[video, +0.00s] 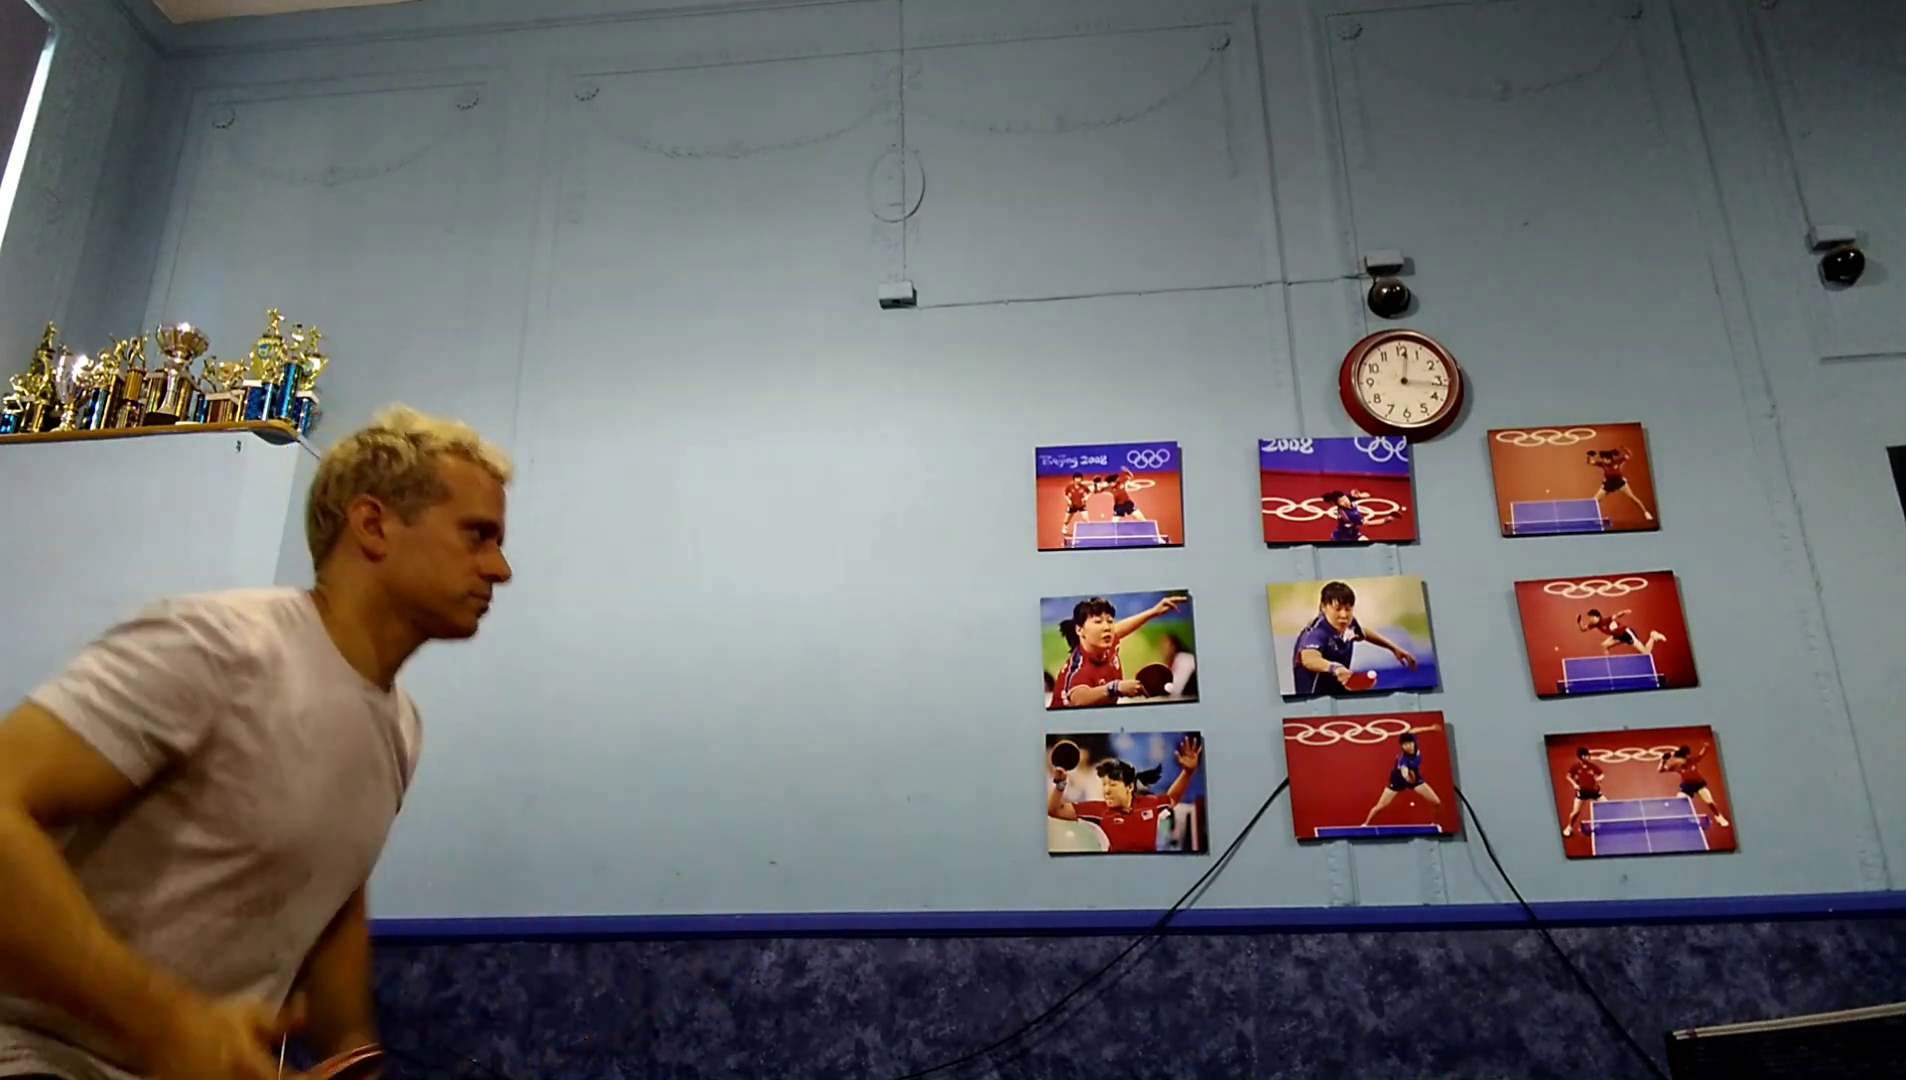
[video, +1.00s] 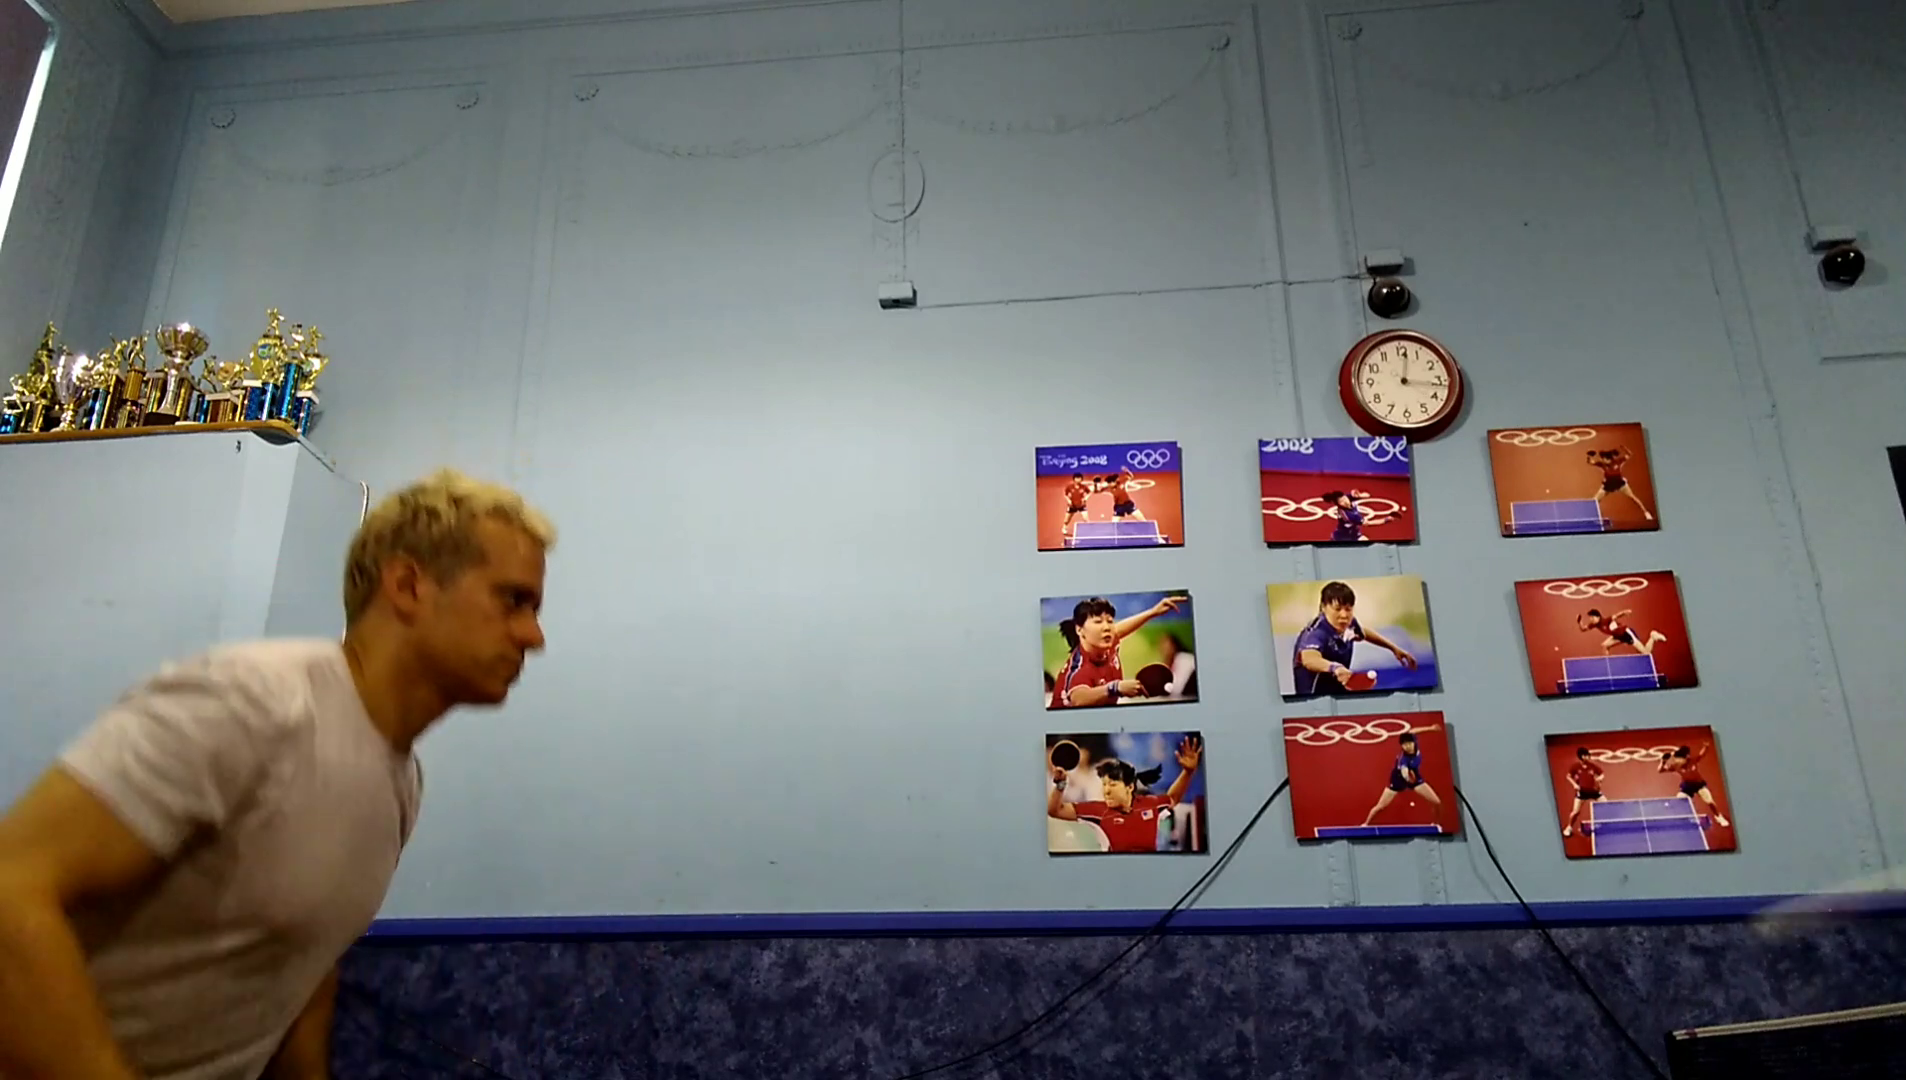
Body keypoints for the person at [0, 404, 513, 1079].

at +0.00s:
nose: (502, 569)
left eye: (499, 542)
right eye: (479, 536)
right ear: (373, 527)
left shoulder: (397, 726)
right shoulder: (215, 645)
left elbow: (336, 903)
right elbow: (2, 801)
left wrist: (350, 1051)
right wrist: (163, 1023)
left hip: (226, 1065)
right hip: (55, 1048)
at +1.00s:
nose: (536, 636)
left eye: (535, 609)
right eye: (514, 600)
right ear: (408, 589)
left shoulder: (400, 781)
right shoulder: (248, 698)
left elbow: (308, 980)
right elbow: (14, 883)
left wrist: (305, 1067)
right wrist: (97, 1063)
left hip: (222, 1067)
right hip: (92, 1050)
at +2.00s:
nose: (522, 626)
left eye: (520, 600)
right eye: (500, 592)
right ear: (398, 582)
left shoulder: (398, 775)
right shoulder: (248, 693)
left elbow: (344, 938)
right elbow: (18, 883)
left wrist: (374, 1061)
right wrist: (132, 1069)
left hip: (245, 1063)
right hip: (71, 1053)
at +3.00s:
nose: (539, 633)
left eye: (540, 606)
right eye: (518, 597)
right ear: (416, 582)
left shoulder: (434, 780)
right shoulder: (228, 694)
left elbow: (431, 935)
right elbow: (4, 868)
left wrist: (489, 1014)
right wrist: (91, 1065)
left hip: (245, 1069)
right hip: (79, 1053)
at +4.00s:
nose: (485, 644)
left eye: (487, 618)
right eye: (460, 610)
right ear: (348, 596)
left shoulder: (435, 797)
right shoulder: (139, 706)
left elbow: (582, 928)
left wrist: (715, 914)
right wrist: (18, 1052)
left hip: (203, 1065)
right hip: (28, 1048)